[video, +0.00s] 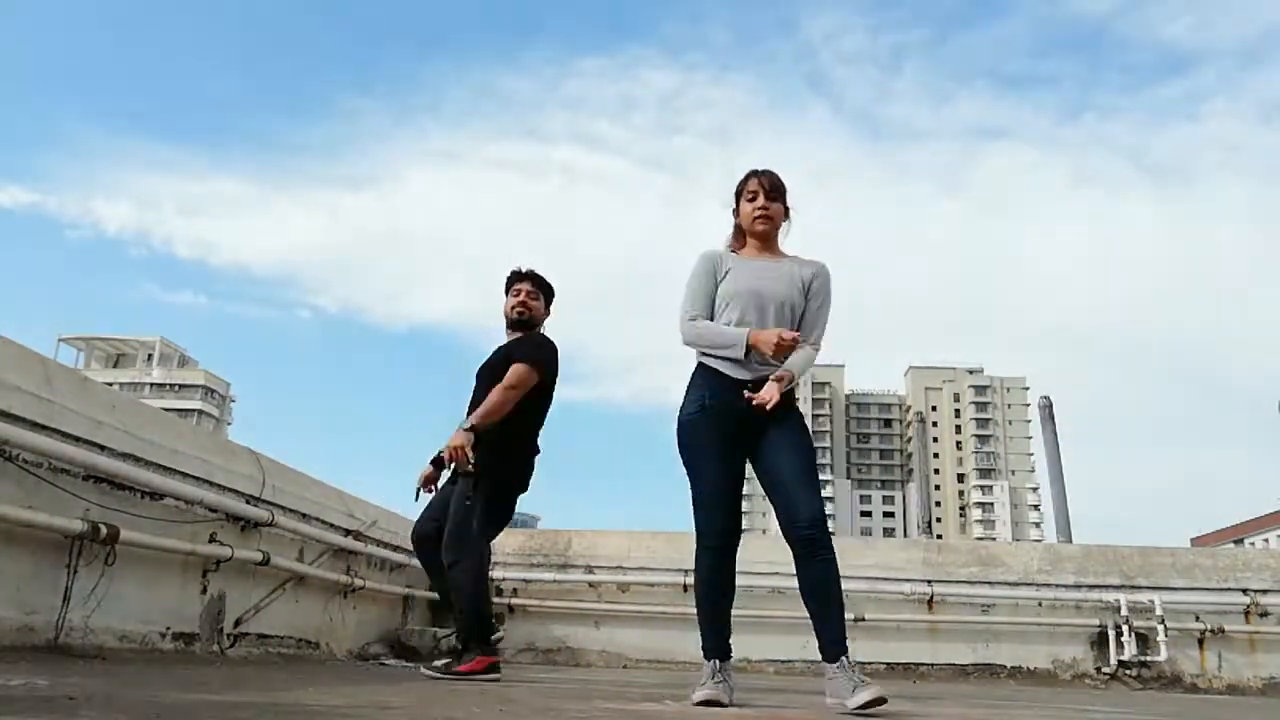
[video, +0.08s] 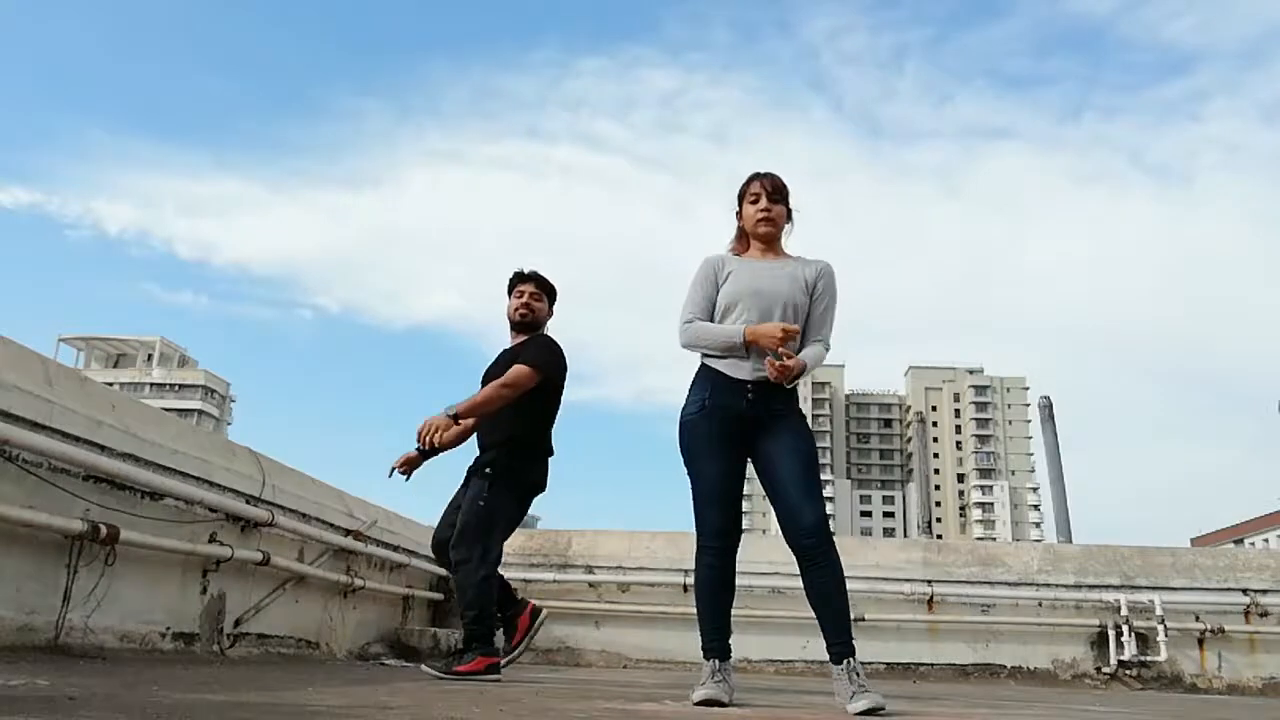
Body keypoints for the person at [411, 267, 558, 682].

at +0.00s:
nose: (523, 298)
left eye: (534, 295)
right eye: (516, 293)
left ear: (546, 311)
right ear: (505, 305)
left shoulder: (538, 346)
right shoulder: (503, 355)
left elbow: (510, 391)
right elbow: (476, 418)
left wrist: (468, 428)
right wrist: (440, 460)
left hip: (499, 465)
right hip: (474, 463)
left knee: (462, 548)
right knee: (426, 534)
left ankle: (478, 650)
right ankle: (472, 629)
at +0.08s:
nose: (526, 301)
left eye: (536, 298)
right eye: (519, 295)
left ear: (548, 312)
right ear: (508, 305)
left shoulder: (544, 350)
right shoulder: (504, 362)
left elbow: (507, 391)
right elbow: (471, 421)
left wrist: (455, 413)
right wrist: (423, 453)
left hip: (515, 468)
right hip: (489, 466)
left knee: (469, 549)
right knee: (445, 544)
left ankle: (481, 650)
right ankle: (515, 611)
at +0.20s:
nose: (530, 301)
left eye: (540, 298)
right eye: (523, 295)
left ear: (551, 312)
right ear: (511, 306)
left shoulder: (551, 351)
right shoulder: (505, 364)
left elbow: (509, 390)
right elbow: (469, 416)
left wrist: (451, 402)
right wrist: (419, 439)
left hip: (525, 469)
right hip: (503, 468)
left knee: (480, 550)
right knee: (488, 558)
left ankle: (482, 650)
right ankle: (552, 628)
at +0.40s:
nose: (541, 302)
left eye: (551, 299)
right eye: (534, 295)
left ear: (560, 313)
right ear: (520, 304)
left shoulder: (567, 354)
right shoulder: (501, 363)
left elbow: (549, 409)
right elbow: (484, 416)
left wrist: (495, 435)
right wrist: (467, 450)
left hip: (555, 475)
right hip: (516, 477)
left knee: (531, 554)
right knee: (547, 564)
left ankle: (516, 655)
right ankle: (595, 651)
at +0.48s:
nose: (542, 299)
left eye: (552, 297)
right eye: (536, 292)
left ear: (560, 312)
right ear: (521, 300)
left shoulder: (567, 353)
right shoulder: (496, 358)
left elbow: (560, 412)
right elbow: (484, 414)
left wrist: (515, 454)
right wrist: (475, 462)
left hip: (554, 473)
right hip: (509, 474)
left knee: (539, 565)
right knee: (524, 566)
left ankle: (522, 656)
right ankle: (581, 643)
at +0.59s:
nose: (538, 299)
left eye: (548, 297)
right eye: (532, 292)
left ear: (557, 312)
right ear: (517, 301)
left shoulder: (569, 361)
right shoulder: (488, 355)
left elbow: (577, 416)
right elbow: (472, 413)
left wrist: (578, 470)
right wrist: (464, 467)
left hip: (551, 481)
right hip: (499, 477)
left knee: (541, 569)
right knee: (471, 553)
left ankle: (524, 653)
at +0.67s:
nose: (536, 298)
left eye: (546, 297)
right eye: (529, 291)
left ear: (554, 312)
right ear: (514, 300)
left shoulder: (565, 361)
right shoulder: (483, 352)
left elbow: (585, 409)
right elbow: (461, 409)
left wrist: (603, 454)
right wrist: (446, 464)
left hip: (548, 477)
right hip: (494, 472)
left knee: (539, 567)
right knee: (459, 548)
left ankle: (524, 654)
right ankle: (470, 634)